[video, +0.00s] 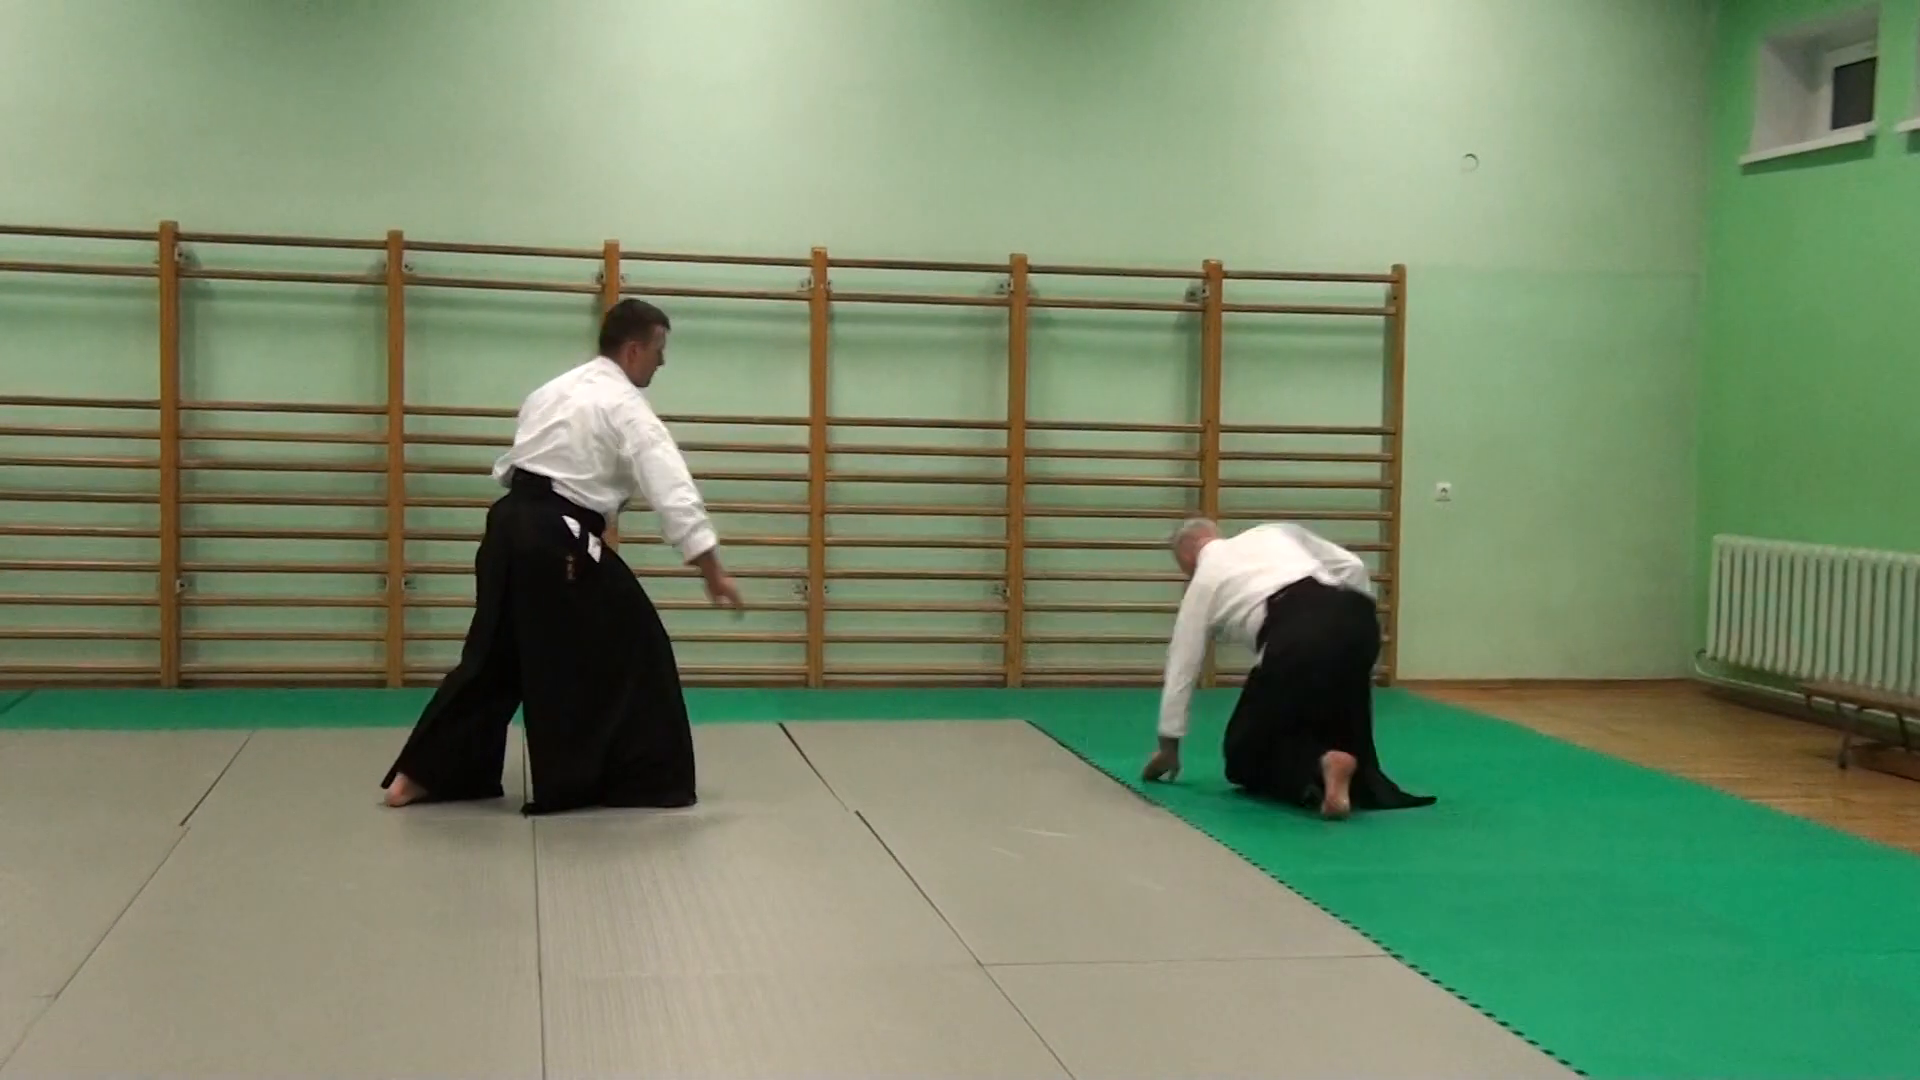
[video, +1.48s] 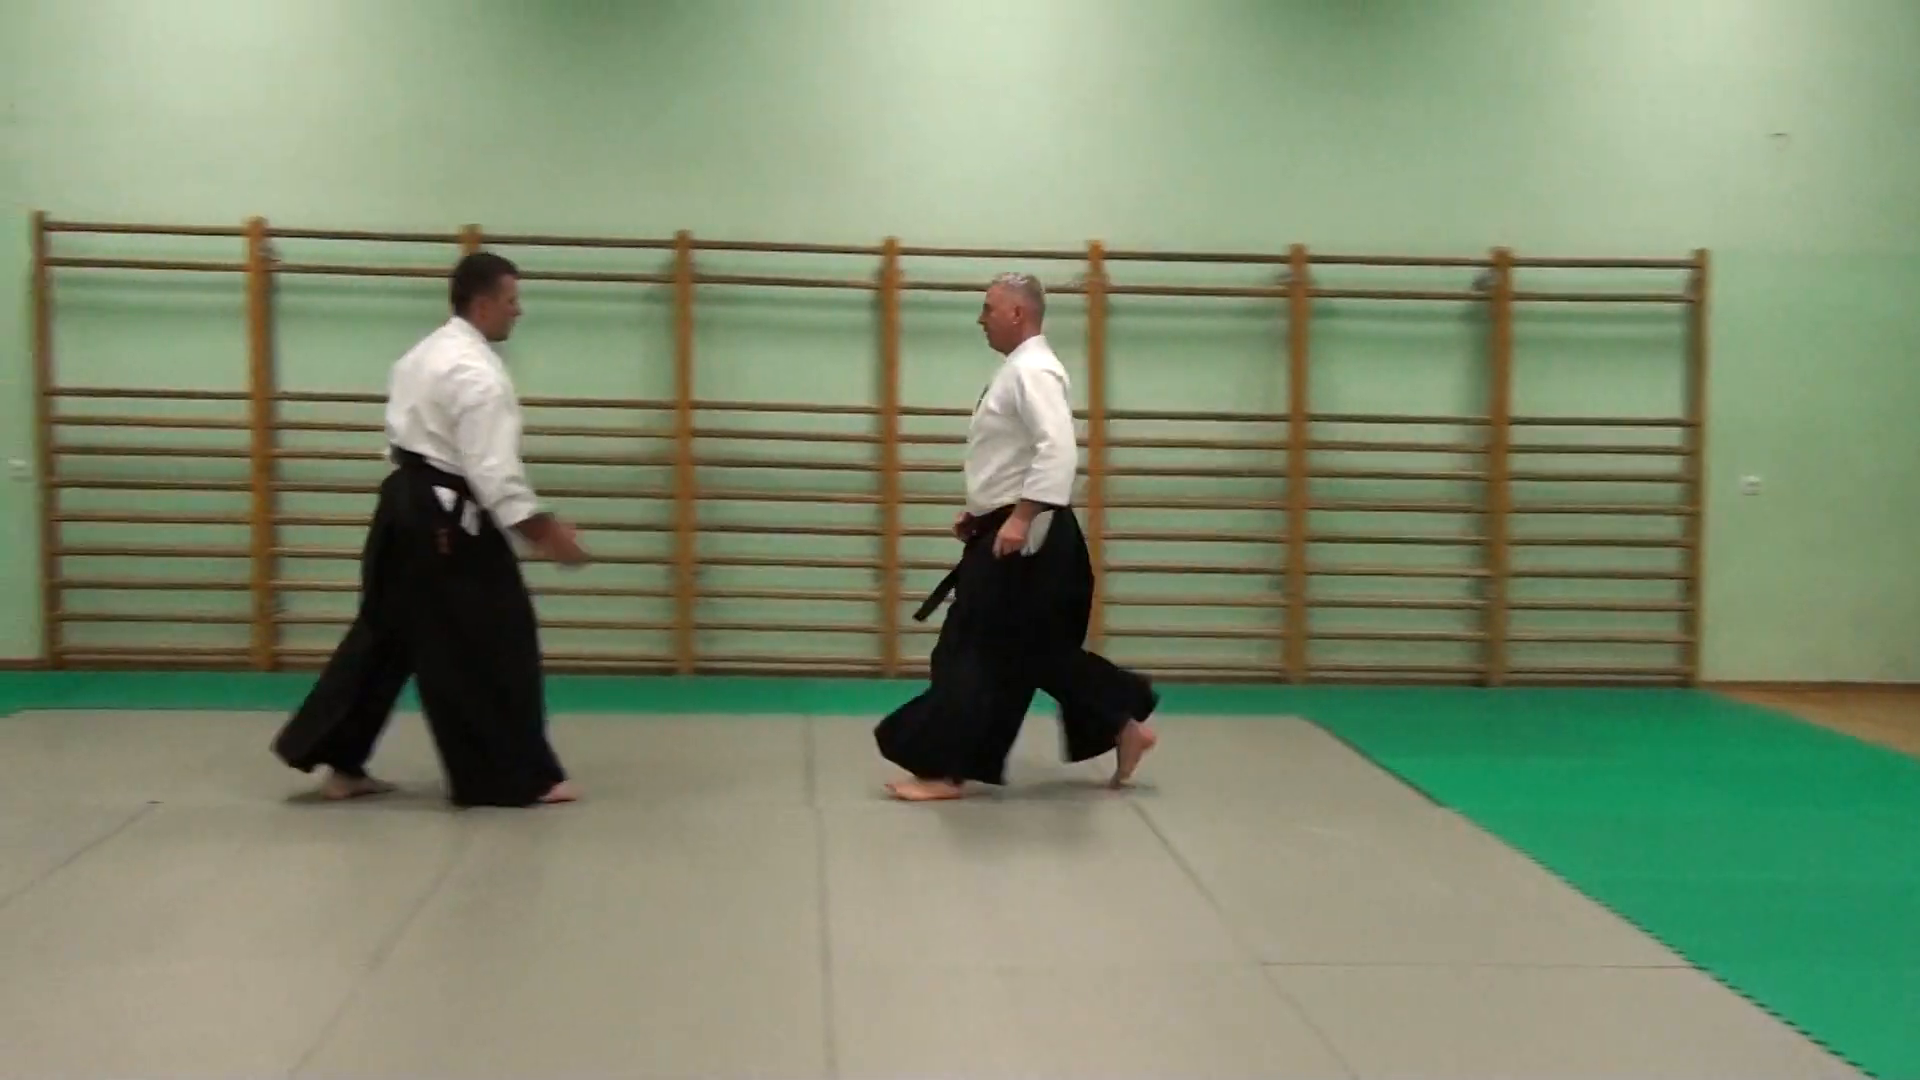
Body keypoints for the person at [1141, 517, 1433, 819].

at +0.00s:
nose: (1191, 578)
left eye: (1188, 571)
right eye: (1187, 572)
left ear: (1192, 557)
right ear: (1215, 536)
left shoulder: (1206, 576)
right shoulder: (1276, 533)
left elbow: (1181, 669)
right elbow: (1352, 566)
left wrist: (1168, 749)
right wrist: (1361, 628)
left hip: (1299, 628)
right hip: (1357, 618)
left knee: (1244, 761)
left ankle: (1321, 767)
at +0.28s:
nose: (1189, 482)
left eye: (1188, 471)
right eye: (1186, 473)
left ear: (1206, 458)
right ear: (1230, 454)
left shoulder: (1212, 498)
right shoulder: (1281, 471)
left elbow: (1214, 572)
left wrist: (1233, 633)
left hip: (1316, 563)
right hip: (1368, 552)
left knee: (1251, 680)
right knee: (1355, 670)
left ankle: (1329, 749)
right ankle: (1378, 773)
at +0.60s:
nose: (1113, 391)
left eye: (1118, 381)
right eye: (1112, 382)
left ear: (1145, 377)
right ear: (1153, 378)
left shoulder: (1156, 413)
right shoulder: (1195, 409)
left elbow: (1190, 453)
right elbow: (1233, 466)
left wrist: (1182, 526)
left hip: (1242, 542)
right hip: (1284, 535)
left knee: (1166, 655)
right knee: (1304, 657)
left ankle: (1149, 775)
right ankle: (1352, 770)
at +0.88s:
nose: (1003, 358)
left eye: (1010, 347)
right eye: (1004, 347)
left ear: (1042, 349)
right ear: (1047, 350)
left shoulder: (1047, 407)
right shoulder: (1087, 391)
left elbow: (1055, 488)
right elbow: (1103, 468)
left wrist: (1048, 557)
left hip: (1108, 548)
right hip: (1136, 534)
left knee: (1098, 662)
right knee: (1131, 656)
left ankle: (1137, 779)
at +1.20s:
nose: (954, 330)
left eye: (960, 321)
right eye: (956, 321)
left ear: (988, 325)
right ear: (995, 326)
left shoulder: (992, 384)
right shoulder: (1026, 377)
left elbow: (986, 461)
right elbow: (1056, 454)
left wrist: (947, 508)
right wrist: (1048, 509)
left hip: (1006, 535)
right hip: (1037, 526)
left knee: (992, 645)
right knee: (1040, 641)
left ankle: (985, 765)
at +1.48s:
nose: (982, 320)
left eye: (989, 311)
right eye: (984, 311)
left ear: (1019, 314)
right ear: (1021, 313)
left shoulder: (1033, 370)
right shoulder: (1021, 366)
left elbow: (1057, 450)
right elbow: (1024, 454)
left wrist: (1021, 517)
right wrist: (983, 511)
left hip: (1018, 532)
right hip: (1020, 529)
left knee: (967, 648)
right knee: (1036, 646)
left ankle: (945, 773)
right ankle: (1125, 729)